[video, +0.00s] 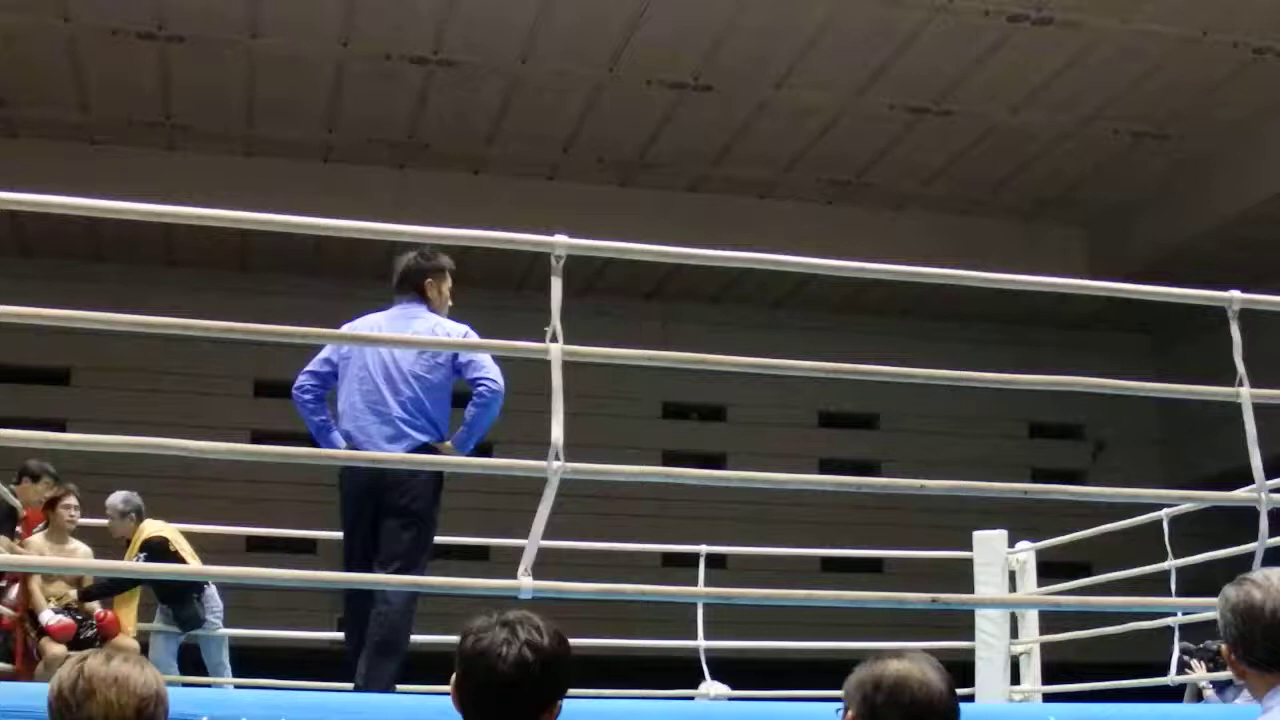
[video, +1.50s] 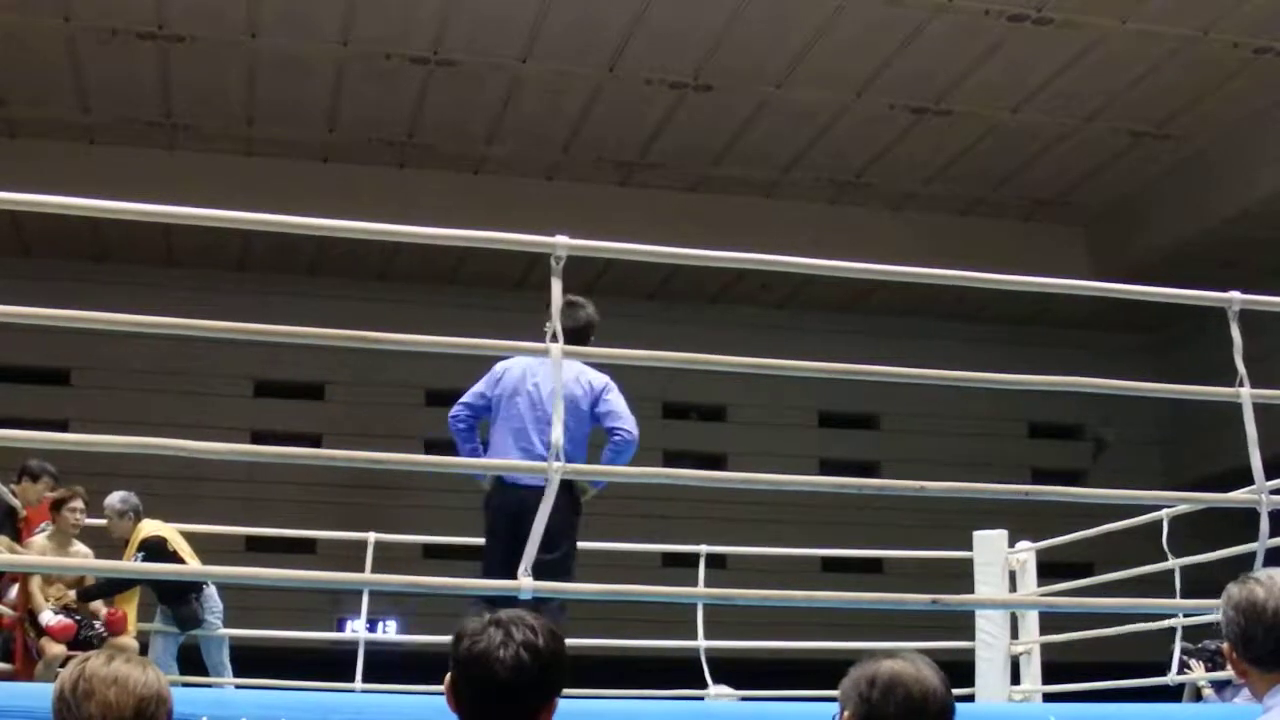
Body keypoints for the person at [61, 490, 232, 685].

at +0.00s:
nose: (108, 524)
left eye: (112, 518)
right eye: (108, 518)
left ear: (130, 519)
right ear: (130, 518)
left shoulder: (155, 539)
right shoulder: (137, 538)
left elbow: (127, 581)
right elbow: (124, 582)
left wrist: (80, 595)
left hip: (201, 601)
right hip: (170, 604)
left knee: (218, 668)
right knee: (161, 662)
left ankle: (228, 713)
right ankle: (176, 711)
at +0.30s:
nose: (108, 524)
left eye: (111, 518)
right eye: (108, 518)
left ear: (130, 519)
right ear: (130, 519)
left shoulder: (155, 539)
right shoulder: (140, 536)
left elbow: (126, 581)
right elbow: (124, 581)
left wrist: (79, 595)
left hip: (201, 601)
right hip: (170, 603)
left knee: (218, 667)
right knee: (160, 663)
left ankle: (229, 713)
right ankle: (176, 710)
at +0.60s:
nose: (107, 524)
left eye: (111, 518)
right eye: (107, 518)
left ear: (130, 518)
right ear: (130, 518)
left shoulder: (154, 539)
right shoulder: (140, 536)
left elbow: (125, 581)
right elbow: (122, 579)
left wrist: (79, 595)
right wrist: (85, 591)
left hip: (202, 600)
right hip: (171, 603)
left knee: (218, 666)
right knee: (161, 661)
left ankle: (230, 713)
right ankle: (175, 710)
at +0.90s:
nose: (107, 524)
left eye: (110, 518)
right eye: (107, 518)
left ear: (130, 518)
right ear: (129, 518)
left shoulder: (154, 539)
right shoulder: (139, 537)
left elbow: (124, 581)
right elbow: (119, 579)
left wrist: (78, 596)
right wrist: (83, 591)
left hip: (201, 600)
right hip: (171, 603)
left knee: (218, 666)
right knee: (160, 661)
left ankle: (230, 714)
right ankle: (174, 710)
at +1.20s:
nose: (107, 524)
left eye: (110, 518)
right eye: (106, 518)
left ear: (129, 517)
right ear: (127, 517)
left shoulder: (153, 540)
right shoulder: (135, 538)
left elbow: (127, 580)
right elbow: (122, 579)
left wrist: (80, 595)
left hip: (201, 600)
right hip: (170, 603)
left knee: (217, 665)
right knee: (160, 660)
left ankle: (230, 711)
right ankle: (173, 710)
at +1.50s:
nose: (107, 525)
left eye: (110, 519)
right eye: (107, 519)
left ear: (129, 517)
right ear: (126, 517)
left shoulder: (153, 539)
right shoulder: (136, 537)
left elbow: (126, 580)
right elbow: (122, 579)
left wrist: (80, 595)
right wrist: (85, 593)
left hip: (201, 600)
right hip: (171, 603)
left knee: (218, 665)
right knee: (160, 660)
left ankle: (230, 711)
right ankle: (173, 711)